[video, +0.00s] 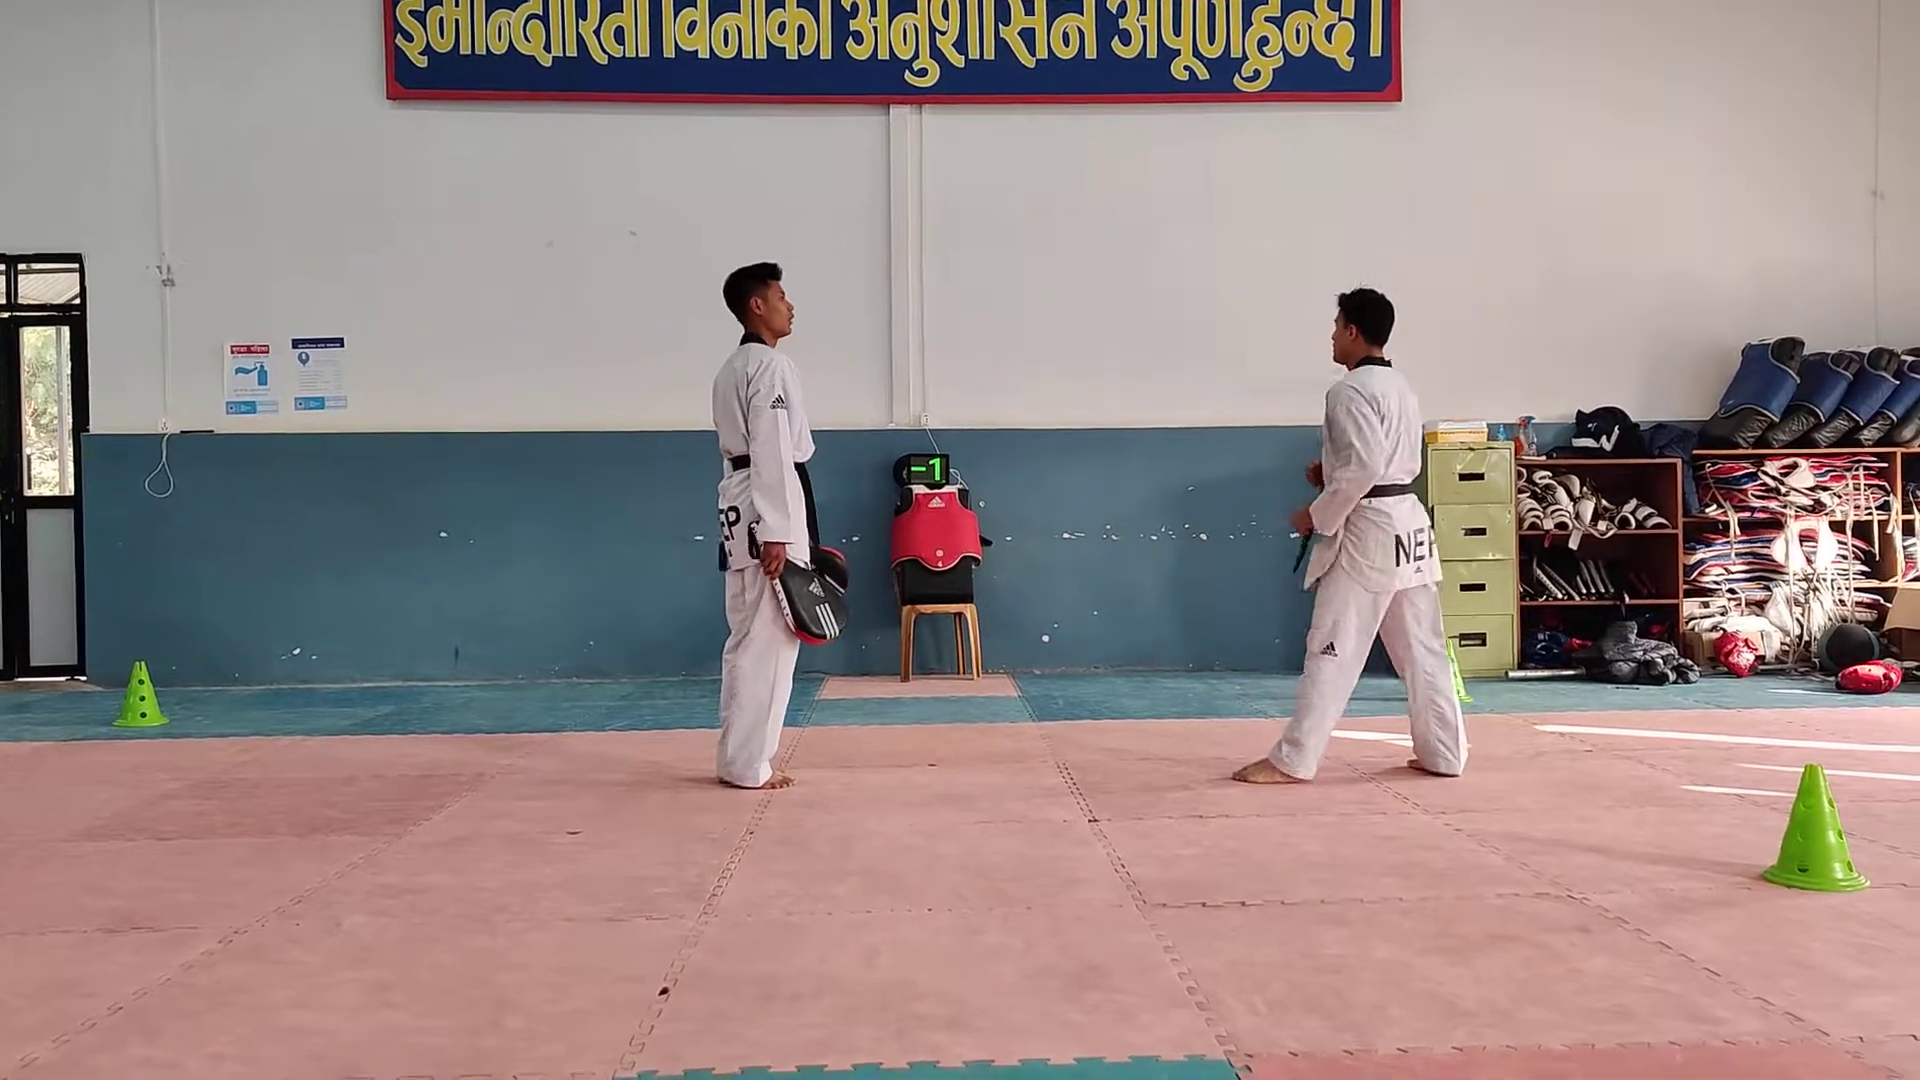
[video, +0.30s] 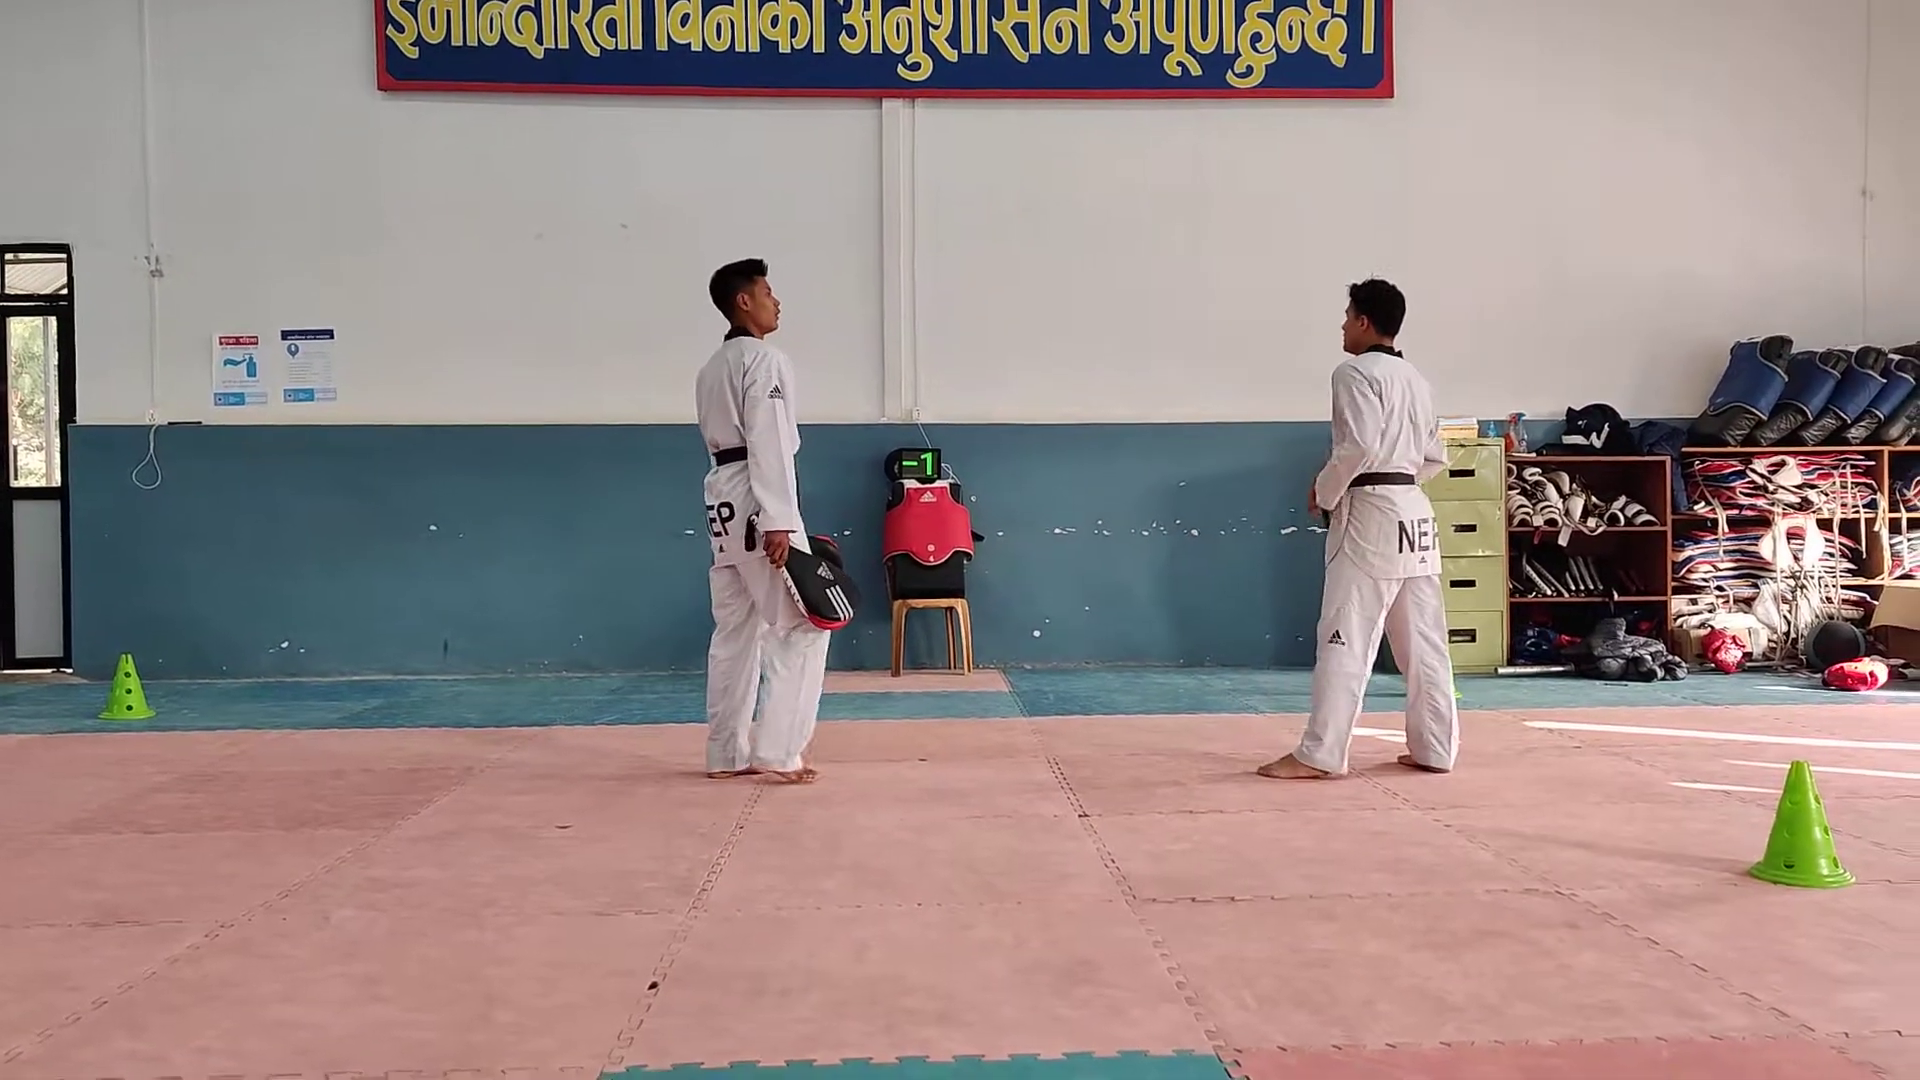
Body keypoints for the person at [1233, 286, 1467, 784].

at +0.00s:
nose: (1332, 334)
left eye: (1337, 325)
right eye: (1335, 324)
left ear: (1354, 332)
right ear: (1376, 335)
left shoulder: (1350, 390)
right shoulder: (1400, 388)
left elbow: (1362, 465)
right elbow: (1400, 464)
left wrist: (1315, 515)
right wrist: (1335, 472)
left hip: (1368, 527)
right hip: (1412, 521)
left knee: (1333, 647)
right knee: (1422, 647)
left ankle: (1294, 759)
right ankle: (1442, 754)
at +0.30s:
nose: (1343, 324)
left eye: (1348, 316)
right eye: (1346, 315)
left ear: (1364, 322)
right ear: (1388, 327)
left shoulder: (1354, 372)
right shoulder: (1416, 379)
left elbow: (1356, 446)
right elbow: (1433, 458)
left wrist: (1324, 488)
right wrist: (1386, 480)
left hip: (1371, 512)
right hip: (1417, 511)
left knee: (1344, 636)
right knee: (1425, 639)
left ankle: (1321, 754)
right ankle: (1434, 749)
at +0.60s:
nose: (1311, 323)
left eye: (1314, 314)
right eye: (1313, 313)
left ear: (1329, 318)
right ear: (1358, 322)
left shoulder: (1320, 366)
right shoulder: (1386, 373)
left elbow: (1302, 441)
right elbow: (1411, 446)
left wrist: (1291, 488)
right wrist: (1373, 478)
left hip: (1342, 506)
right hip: (1391, 506)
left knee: (1324, 632)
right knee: (1397, 633)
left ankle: (1310, 751)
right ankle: (1420, 744)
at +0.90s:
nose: (1304, 330)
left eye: (1311, 321)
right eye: (1306, 320)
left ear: (1337, 326)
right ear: (1347, 329)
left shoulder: (1325, 374)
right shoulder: (1385, 379)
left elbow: (1320, 440)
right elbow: (1412, 451)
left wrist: (1294, 492)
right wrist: (1373, 484)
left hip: (1345, 512)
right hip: (1390, 510)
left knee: (1308, 633)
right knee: (1402, 632)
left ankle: (1297, 751)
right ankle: (1443, 736)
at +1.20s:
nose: (1295, 334)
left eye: (1304, 325)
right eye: (1298, 324)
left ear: (1335, 331)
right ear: (1339, 334)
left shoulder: (1323, 381)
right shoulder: (1378, 385)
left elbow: (1333, 455)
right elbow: (1408, 456)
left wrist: (1292, 490)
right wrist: (1364, 487)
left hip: (1342, 517)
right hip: (1386, 516)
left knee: (1308, 637)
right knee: (1400, 636)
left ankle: (1282, 753)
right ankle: (1431, 745)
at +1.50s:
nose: (1258, 362)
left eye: (1267, 354)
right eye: (1261, 353)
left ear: (1297, 363)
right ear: (1291, 364)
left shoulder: (1313, 411)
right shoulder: (1272, 426)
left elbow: (1351, 451)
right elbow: (1242, 476)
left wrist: (1287, 419)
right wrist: (1188, 456)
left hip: (1308, 545)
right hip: (1325, 545)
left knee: (1236, 642)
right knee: (1382, 654)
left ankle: (1244, 759)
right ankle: (1439, 752)